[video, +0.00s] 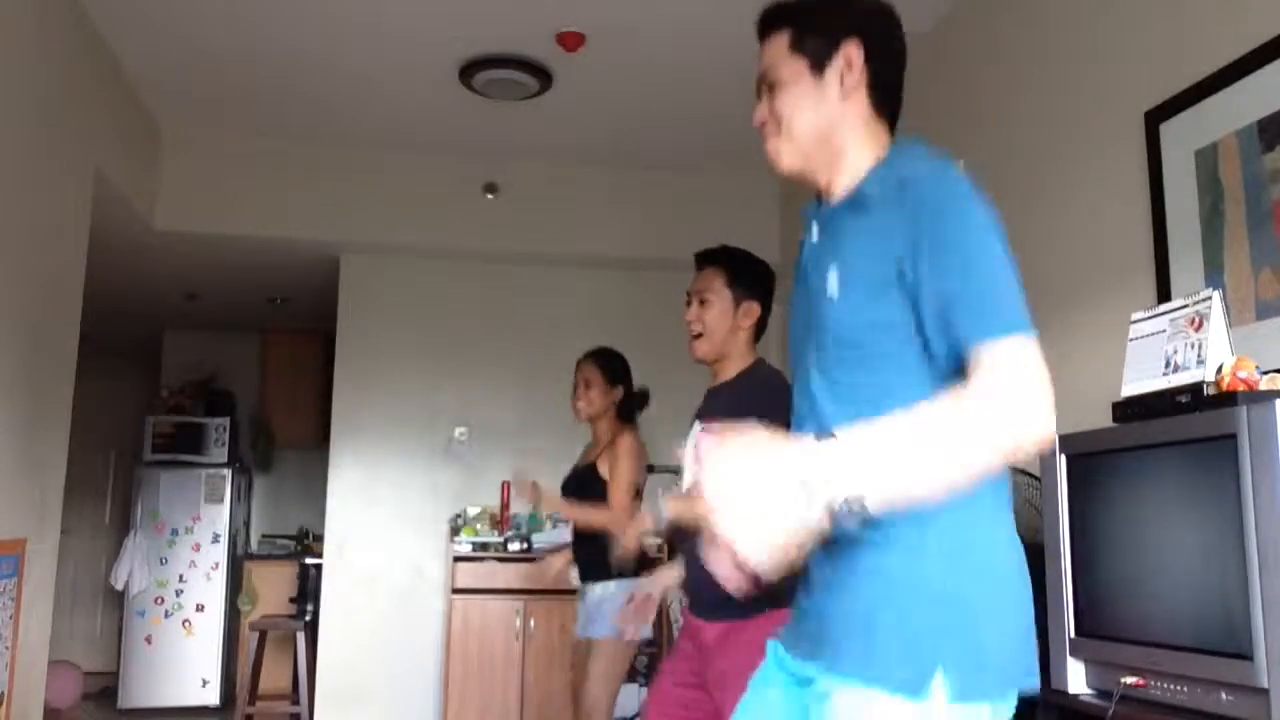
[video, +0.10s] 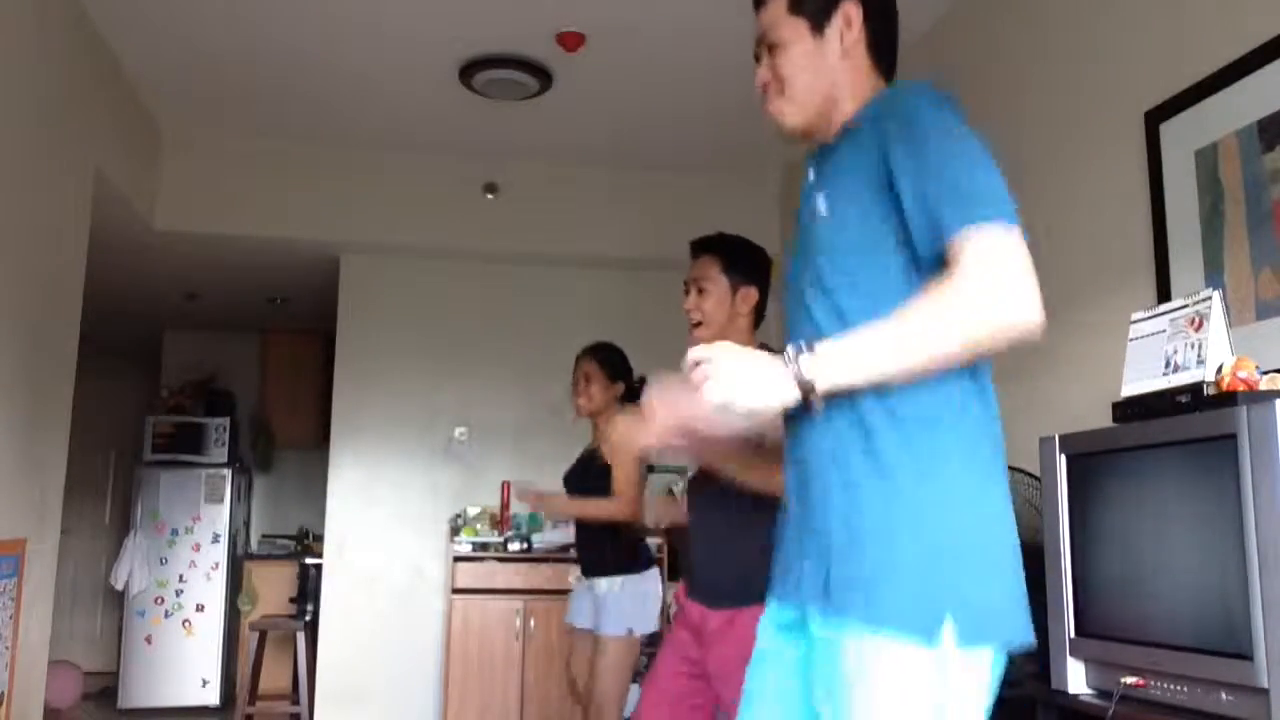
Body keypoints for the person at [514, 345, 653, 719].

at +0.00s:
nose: (578, 395)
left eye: (589, 386)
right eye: (577, 386)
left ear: (617, 393)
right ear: (576, 390)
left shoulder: (625, 443)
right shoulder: (596, 443)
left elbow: (620, 516)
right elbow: (596, 525)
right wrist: (557, 562)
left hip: (620, 589)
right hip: (593, 587)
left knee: (594, 703)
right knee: (580, 698)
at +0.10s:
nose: (580, 390)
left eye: (590, 381)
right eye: (577, 381)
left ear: (617, 387)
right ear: (573, 385)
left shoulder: (624, 428)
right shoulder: (598, 435)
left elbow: (627, 507)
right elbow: (599, 503)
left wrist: (562, 507)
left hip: (625, 580)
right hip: (592, 577)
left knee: (605, 701)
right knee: (579, 684)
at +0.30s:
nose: (585, 417)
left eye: (597, 409)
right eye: (582, 408)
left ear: (622, 419)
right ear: (576, 412)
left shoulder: (623, 464)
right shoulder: (601, 466)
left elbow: (641, 541)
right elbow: (599, 538)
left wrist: (577, 569)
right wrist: (547, 527)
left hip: (626, 606)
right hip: (606, 603)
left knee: (598, 712)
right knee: (576, 704)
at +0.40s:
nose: (584, 398)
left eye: (595, 391)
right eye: (581, 390)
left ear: (620, 399)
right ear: (576, 396)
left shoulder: (627, 444)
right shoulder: (597, 449)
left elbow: (627, 524)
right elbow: (601, 522)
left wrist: (565, 517)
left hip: (625, 587)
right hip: (600, 586)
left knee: (603, 709)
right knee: (587, 705)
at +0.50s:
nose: (584, 391)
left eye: (591, 381)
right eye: (581, 382)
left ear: (614, 379)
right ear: (584, 387)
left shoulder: (632, 431)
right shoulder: (599, 438)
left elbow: (631, 504)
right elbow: (610, 518)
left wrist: (559, 501)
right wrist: (572, 541)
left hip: (630, 576)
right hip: (595, 576)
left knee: (614, 696)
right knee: (583, 687)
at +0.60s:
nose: (584, 401)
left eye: (594, 391)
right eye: (581, 392)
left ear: (618, 395)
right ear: (577, 395)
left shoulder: (630, 445)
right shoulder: (601, 450)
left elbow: (638, 526)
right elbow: (599, 517)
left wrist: (580, 551)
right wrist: (563, 502)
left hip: (635, 584)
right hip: (600, 583)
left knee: (618, 700)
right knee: (571, 684)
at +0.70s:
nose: (585, 422)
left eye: (593, 412)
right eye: (582, 412)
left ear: (615, 415)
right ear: (582, 419)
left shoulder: (632, 465)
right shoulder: (605, 474)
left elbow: (647, 539)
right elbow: (592, 538)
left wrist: (588, 570)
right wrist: (555, 501)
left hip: (638, 607)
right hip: (611, 605)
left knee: (605, 710)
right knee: (565, 691)